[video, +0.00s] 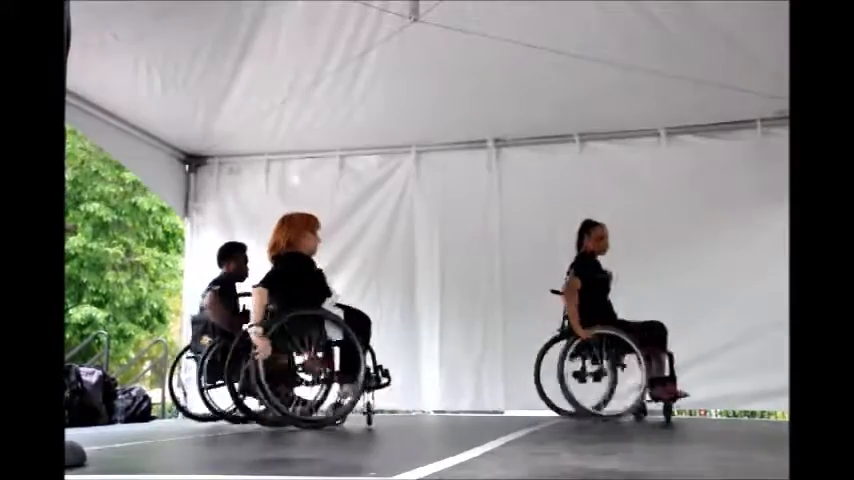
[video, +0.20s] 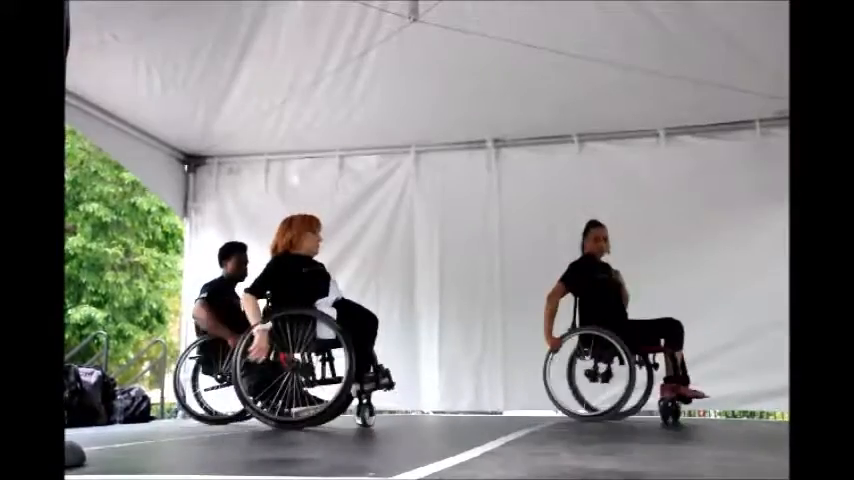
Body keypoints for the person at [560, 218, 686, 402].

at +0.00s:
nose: (606, 243)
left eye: (606, 238)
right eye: (601, 239)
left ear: (592, 242)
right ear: (588, 242)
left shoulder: (593, 264)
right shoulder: (582, 265)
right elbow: (569, 294)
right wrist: (579, 330)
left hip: (607, 325)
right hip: (597, 329)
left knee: (655, 329)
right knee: (655, 330)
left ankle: (660, 384)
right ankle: (660, 385)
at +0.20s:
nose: (602, 244)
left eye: (604, 239)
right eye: (597, 240)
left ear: (608, 242)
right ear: (585, 243)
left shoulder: (605, 269)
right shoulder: (580, 267)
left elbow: (623, 303)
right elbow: (553, 297)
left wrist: (619, 283)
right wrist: (548, 336)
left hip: (615, 330)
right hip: (602, 334)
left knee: (672, 326)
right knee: (672, 327)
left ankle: (678, 383)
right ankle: (674, 384)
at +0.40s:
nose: (606, 243)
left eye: (609, 238)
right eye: (600, 239)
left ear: (614, 241)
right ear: (591, 242)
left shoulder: (621, 267)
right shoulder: (580, 268)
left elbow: (642, 304)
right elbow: (554, 301)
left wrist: (641, 287)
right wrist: (546, 339)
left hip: (625, 329)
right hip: (600, 334)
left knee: (679, 323)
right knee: (662, 324)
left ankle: (668, 376)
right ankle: (672, 382)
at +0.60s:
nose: (611, 243)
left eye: (616, 238)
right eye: (606, 238)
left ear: (622, 239)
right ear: (598, 240)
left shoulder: (636, 265)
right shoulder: (587, 269)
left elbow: (656, 297)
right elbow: (565, 301)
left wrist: (677, 316)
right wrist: (560, 339)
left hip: (634, 325)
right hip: (604, 328)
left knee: (667, 320)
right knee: (640, 331)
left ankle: (658, 384)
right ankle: (640, 386)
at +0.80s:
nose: (613, 237)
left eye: (618, 232)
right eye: (609, 232)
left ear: (627, 234)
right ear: (603, 235)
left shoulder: (644, 261)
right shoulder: (594, 264)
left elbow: (663, 295)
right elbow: (577, 294)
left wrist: (675, 327)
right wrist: (574, 329)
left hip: (639, 317)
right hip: (608, 317)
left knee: (648, 327)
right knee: (616, 331)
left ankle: (639, 381)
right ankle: (618, 382)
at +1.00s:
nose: (614, 229)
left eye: (619, 224)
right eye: (609, 224)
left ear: (628, 225)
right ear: (604, 228)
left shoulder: (646, 255)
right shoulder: (595, 257)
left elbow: (662, 293)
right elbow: (581, 287)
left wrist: (672, 326)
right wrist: (577, 319)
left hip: (638, 313)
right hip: (607, 314)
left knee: (637, 320)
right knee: (606, 322)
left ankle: (629, 380)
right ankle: (609, 379)